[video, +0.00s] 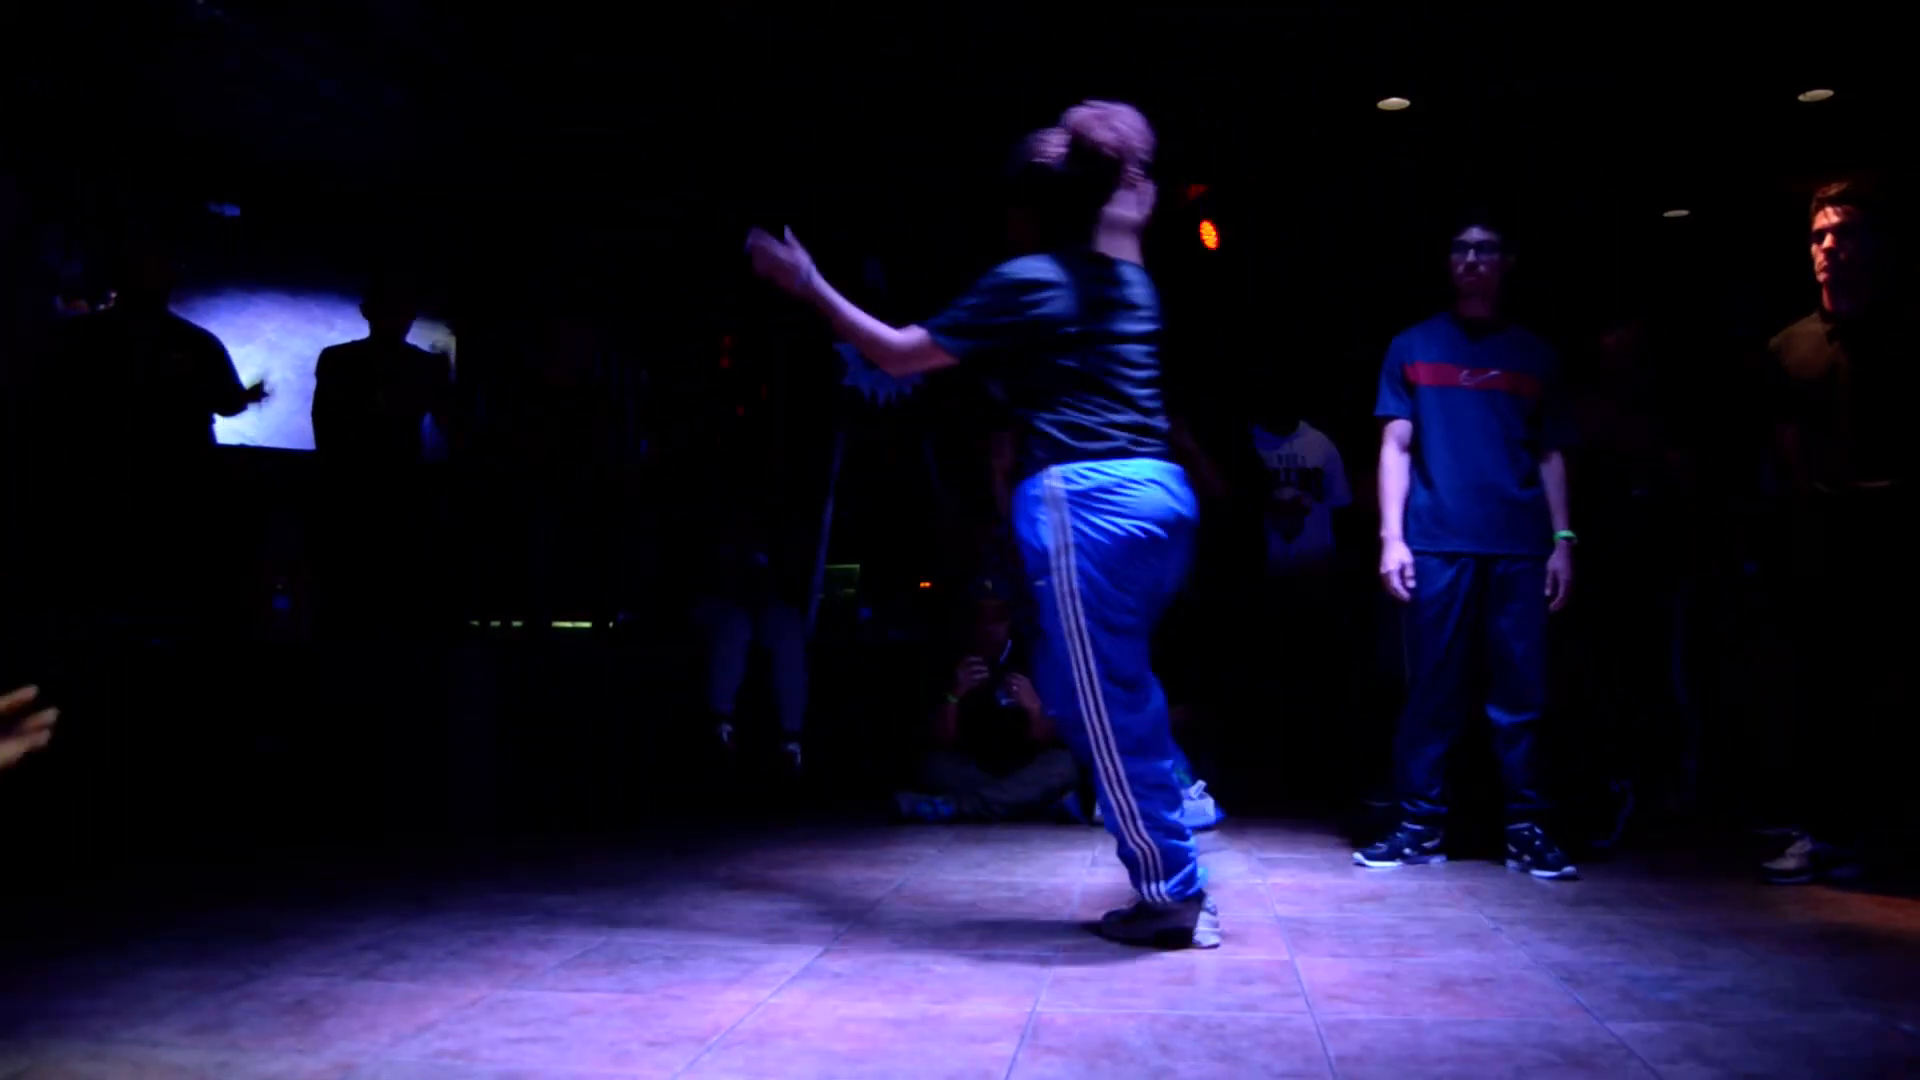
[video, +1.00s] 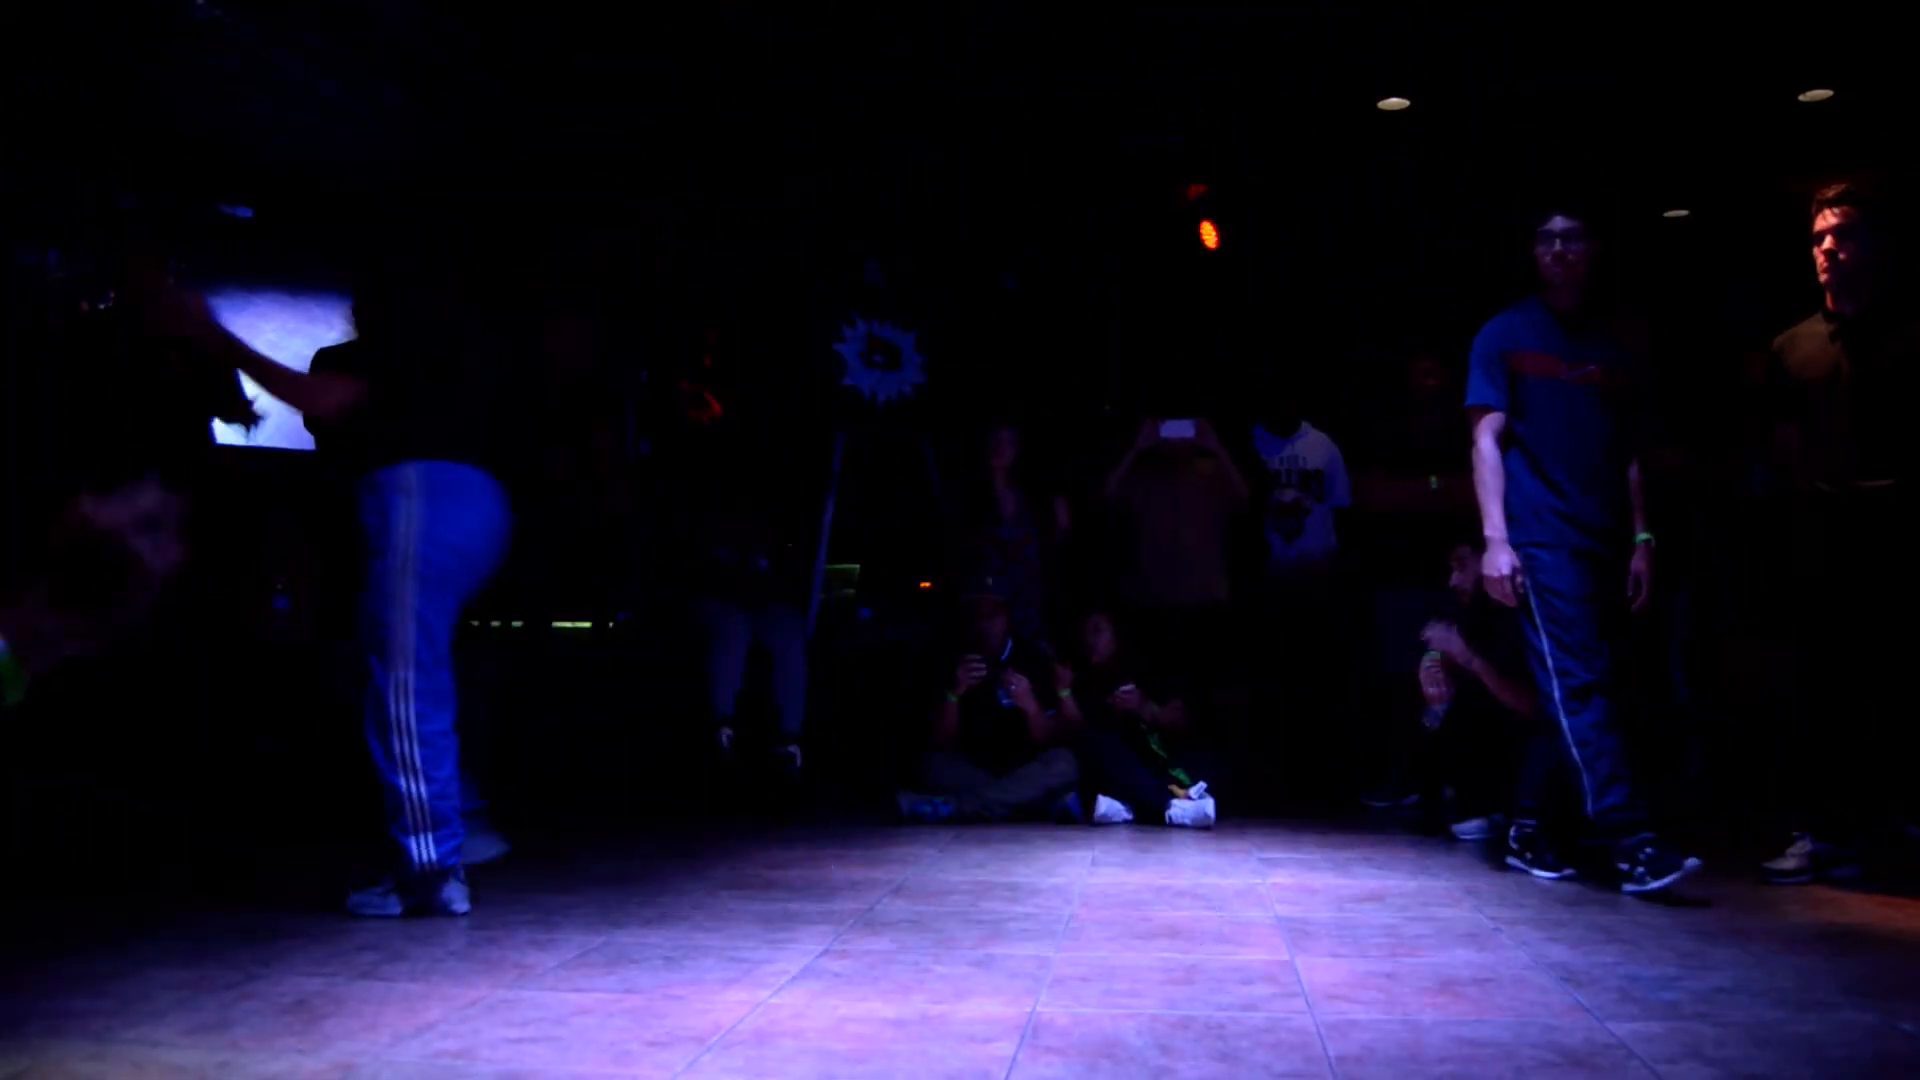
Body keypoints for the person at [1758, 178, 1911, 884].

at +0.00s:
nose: (1828, 250)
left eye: (1844, 235)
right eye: (1819, 237)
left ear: (1876, 250)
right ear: (1809, 253)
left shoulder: (1904, 339)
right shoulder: (1792, 348)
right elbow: (1770, 452)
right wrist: (1772, 533)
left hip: (1893, 541)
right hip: (1812, 540)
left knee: (1893, 684)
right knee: (1816, 682)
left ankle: (1898, 834)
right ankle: (1818, 829)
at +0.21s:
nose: (1826, 252)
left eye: (1841, 238)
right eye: (1818, 239)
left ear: (1875, 250)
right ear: (1811, 254)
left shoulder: (1906, 338)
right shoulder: (1793, 347)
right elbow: (1769, 452)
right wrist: (1773, 526)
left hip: (1895, 540)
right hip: (1812, 538)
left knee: (1893, 684)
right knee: (1815, 683)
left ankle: (1898, 834)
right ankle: (1815, 829)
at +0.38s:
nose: (1828, 252)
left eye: (1843, 237)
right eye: (1819, 239)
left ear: (1876, 249)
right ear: (1811, 254)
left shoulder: (1905, 339)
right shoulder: (1792, 348)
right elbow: (1768, 449)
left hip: (1893, 539)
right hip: (1811, 538)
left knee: (1891, 684)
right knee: (1814, 682)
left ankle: (1892, 835)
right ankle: (1814, 829)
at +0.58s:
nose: (1830, 249)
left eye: (1846, 235)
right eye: (1821, 237)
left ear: (1876, 250)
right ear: (1812, 253)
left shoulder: (1907, 338)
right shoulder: (1791, 347)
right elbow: (1769, 450)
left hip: (1897, 537)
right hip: (1814, 537)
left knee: (1897, 683)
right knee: (1817, 682)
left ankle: (1902, 834)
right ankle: (1818, 829)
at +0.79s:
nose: (1827, 253)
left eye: (1842, 238)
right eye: (1819, 240)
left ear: (1875, 250)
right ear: (1811, 255)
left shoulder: (1907, 337)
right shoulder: (1795, 348)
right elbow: (1773, 451)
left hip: (1896, 536)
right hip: (1816, 536)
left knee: (1898, 682)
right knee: (1819, 681)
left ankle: (1899, 832)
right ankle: (1819, 828)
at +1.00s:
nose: (1828, 251)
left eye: (1844, 237)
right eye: (1820, 239)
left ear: (1875, 251)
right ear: (1812, 255)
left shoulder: (1908, 337)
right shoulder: (1793, 348)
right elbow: (1771, 450)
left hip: (1896, 537)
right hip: (1813, 536)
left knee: (1898, 681)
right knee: (1817, 681)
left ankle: (1900, 832)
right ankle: (1820, 828)